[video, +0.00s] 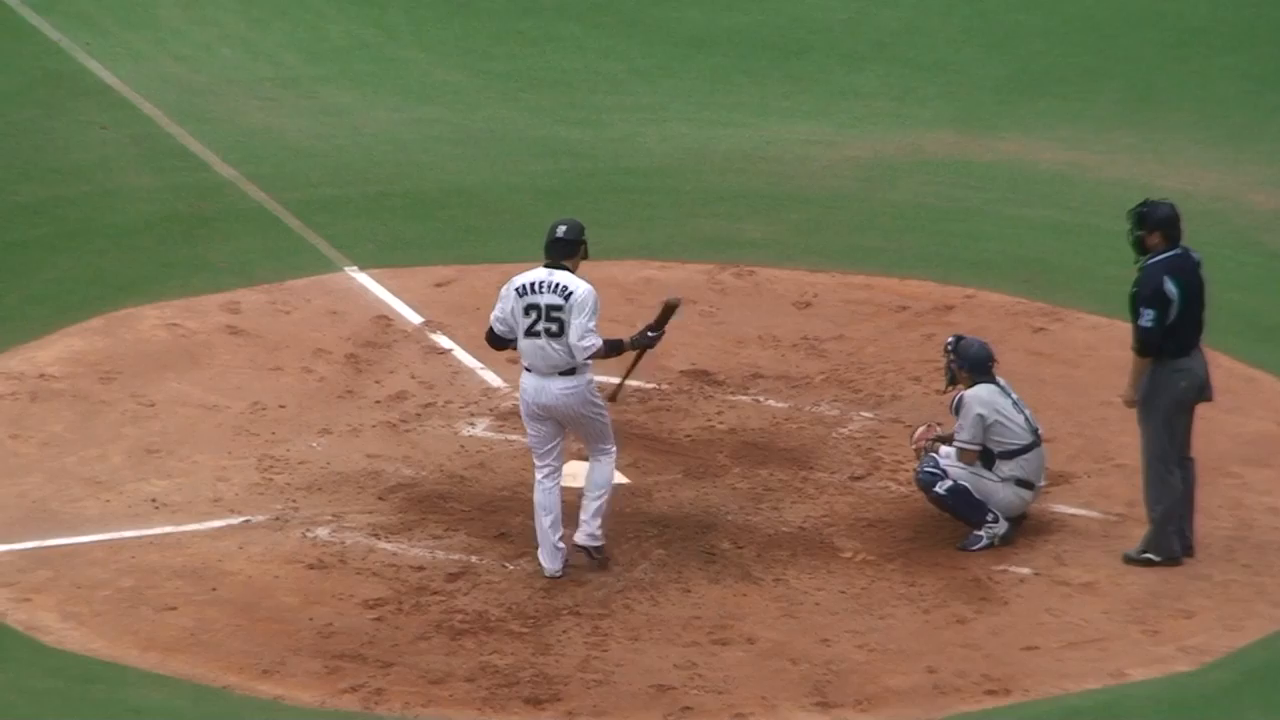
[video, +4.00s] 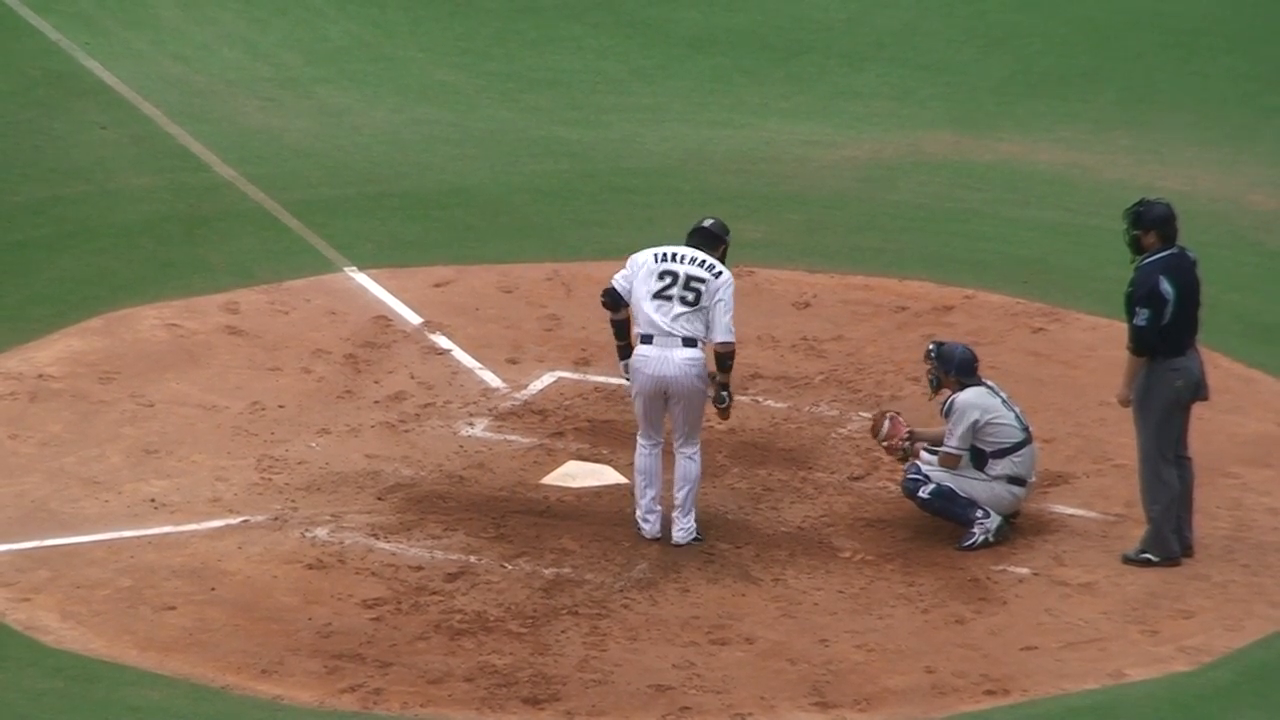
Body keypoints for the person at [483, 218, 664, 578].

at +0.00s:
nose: (584, 254)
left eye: (581, 249)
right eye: (584, 250)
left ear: (547, 250)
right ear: (579, 252)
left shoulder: (517, 284)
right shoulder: (582, 291)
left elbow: (497, 339)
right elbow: (587, 348)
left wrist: (534, 328)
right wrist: (632, 343)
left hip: (532, 388)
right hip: (573, 390)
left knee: (546, 471)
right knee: (602, 452)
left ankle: (551, 559)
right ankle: (589, 534)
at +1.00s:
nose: (570, 241)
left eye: (572, 235)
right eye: (571, 233)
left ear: (537, 224)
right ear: (561, 228)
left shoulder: (494, 250)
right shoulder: (565, 268)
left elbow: (455, 289)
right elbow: (563, 333)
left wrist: (434, 327)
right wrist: (570, 380)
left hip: (496, 356)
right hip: (538, 361)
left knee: (493, 434)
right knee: (530, 432)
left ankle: (485, 517)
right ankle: (522, 507)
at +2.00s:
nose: (669, 245)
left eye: (670, 239)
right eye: (668, 238)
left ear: (635, 233)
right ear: (660, 237)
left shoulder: (596, 260)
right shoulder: (664, 270)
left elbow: (570, 311)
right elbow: (680, 327)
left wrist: (562, 363)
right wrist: (715, 362)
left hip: (601, 366)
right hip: (641, 367)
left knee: (634, 435)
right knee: (651, 448)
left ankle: (652, 510)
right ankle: (640, 532)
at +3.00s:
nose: (663, 244)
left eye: (661, 240)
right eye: (662, 239)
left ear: (627, 241)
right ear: (657, 239)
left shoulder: (605, 274)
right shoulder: (675, 260)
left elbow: (589, 335)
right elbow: (699, 321)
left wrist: (591, 383)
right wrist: (712, 364)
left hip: (637, 365)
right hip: (681, 361)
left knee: (640, 441)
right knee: (690, 437)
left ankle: (648, 522)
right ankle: (685, 521)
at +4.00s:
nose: (725, 254)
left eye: (725, 249)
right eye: (725, 249)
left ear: (689, 239)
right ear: (718, 248)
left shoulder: (646, 257)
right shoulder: (720, 276)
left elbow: (613, 298)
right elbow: (723, 345)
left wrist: (625, 353)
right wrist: (723, 387)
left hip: (646, 357)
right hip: (688, 362)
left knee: (648, 439)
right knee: (687, 444)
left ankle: (649, 521)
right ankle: (683, 527)